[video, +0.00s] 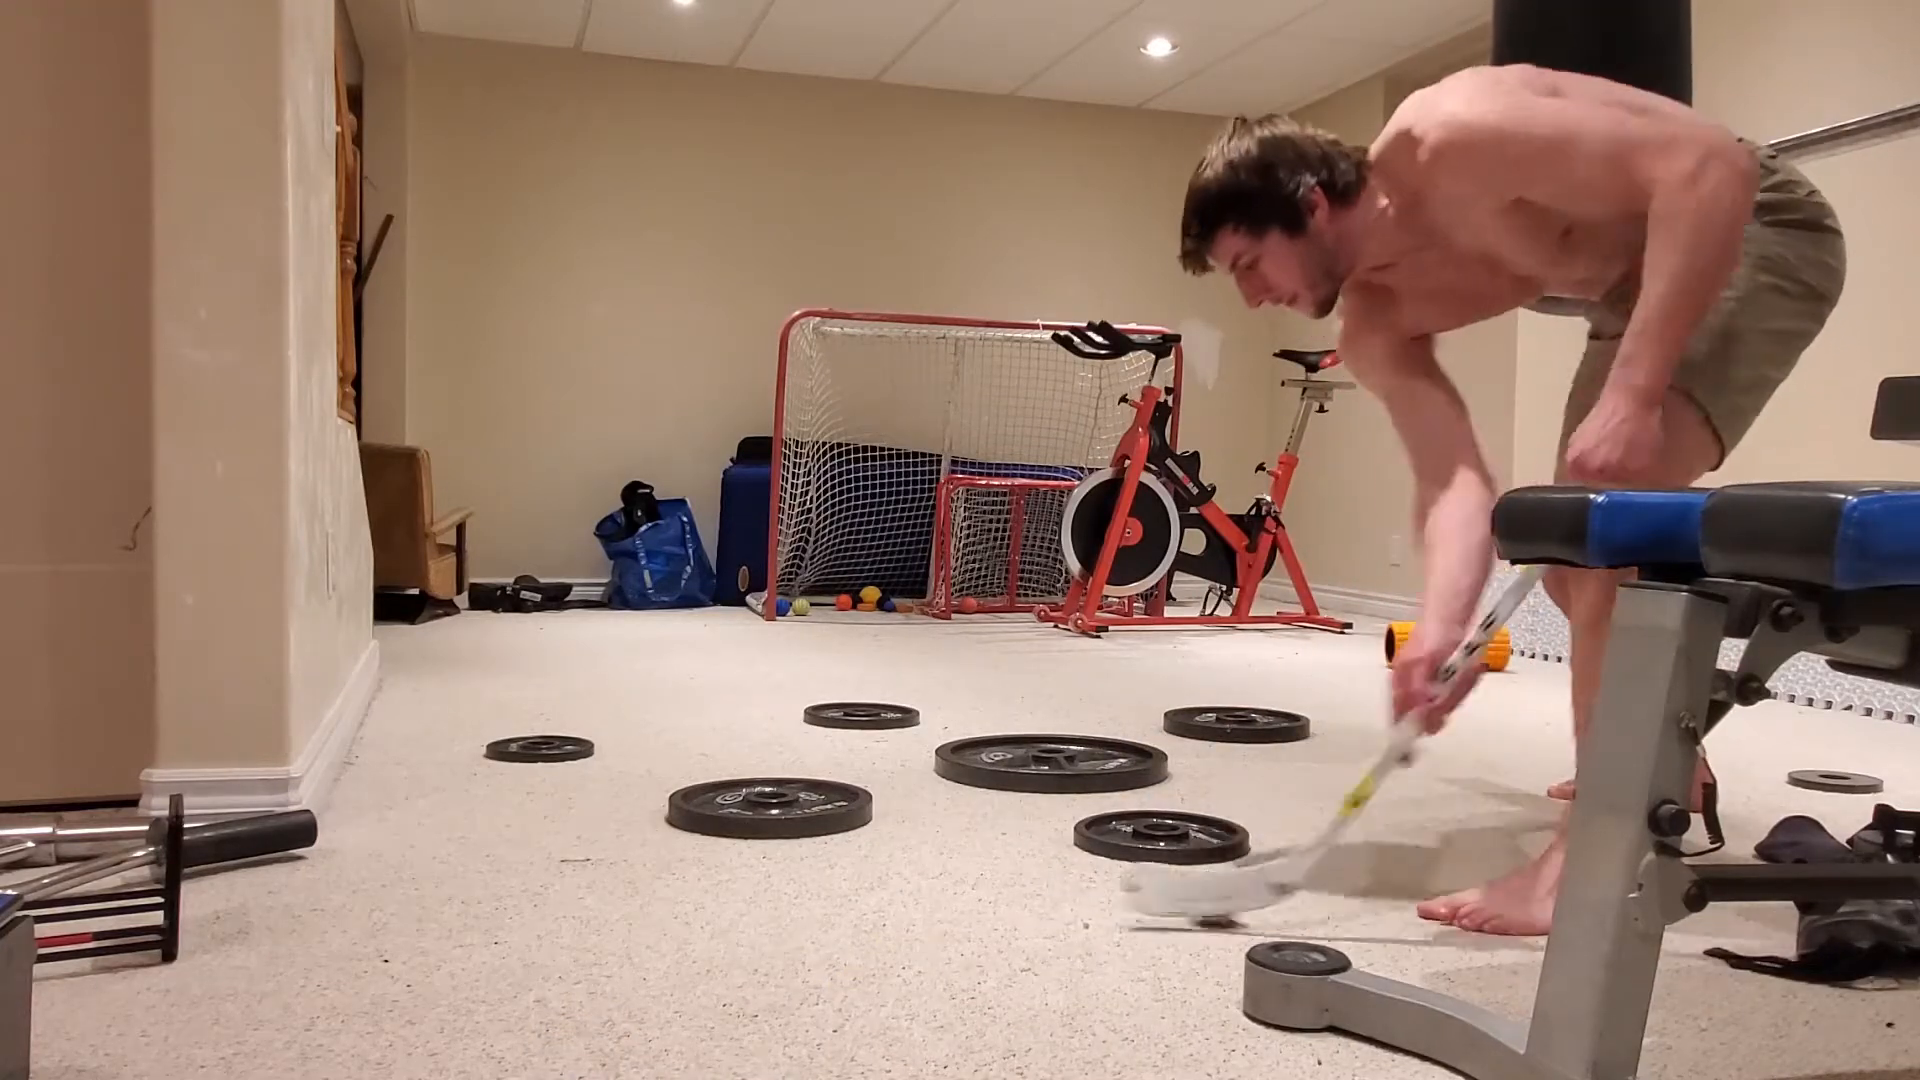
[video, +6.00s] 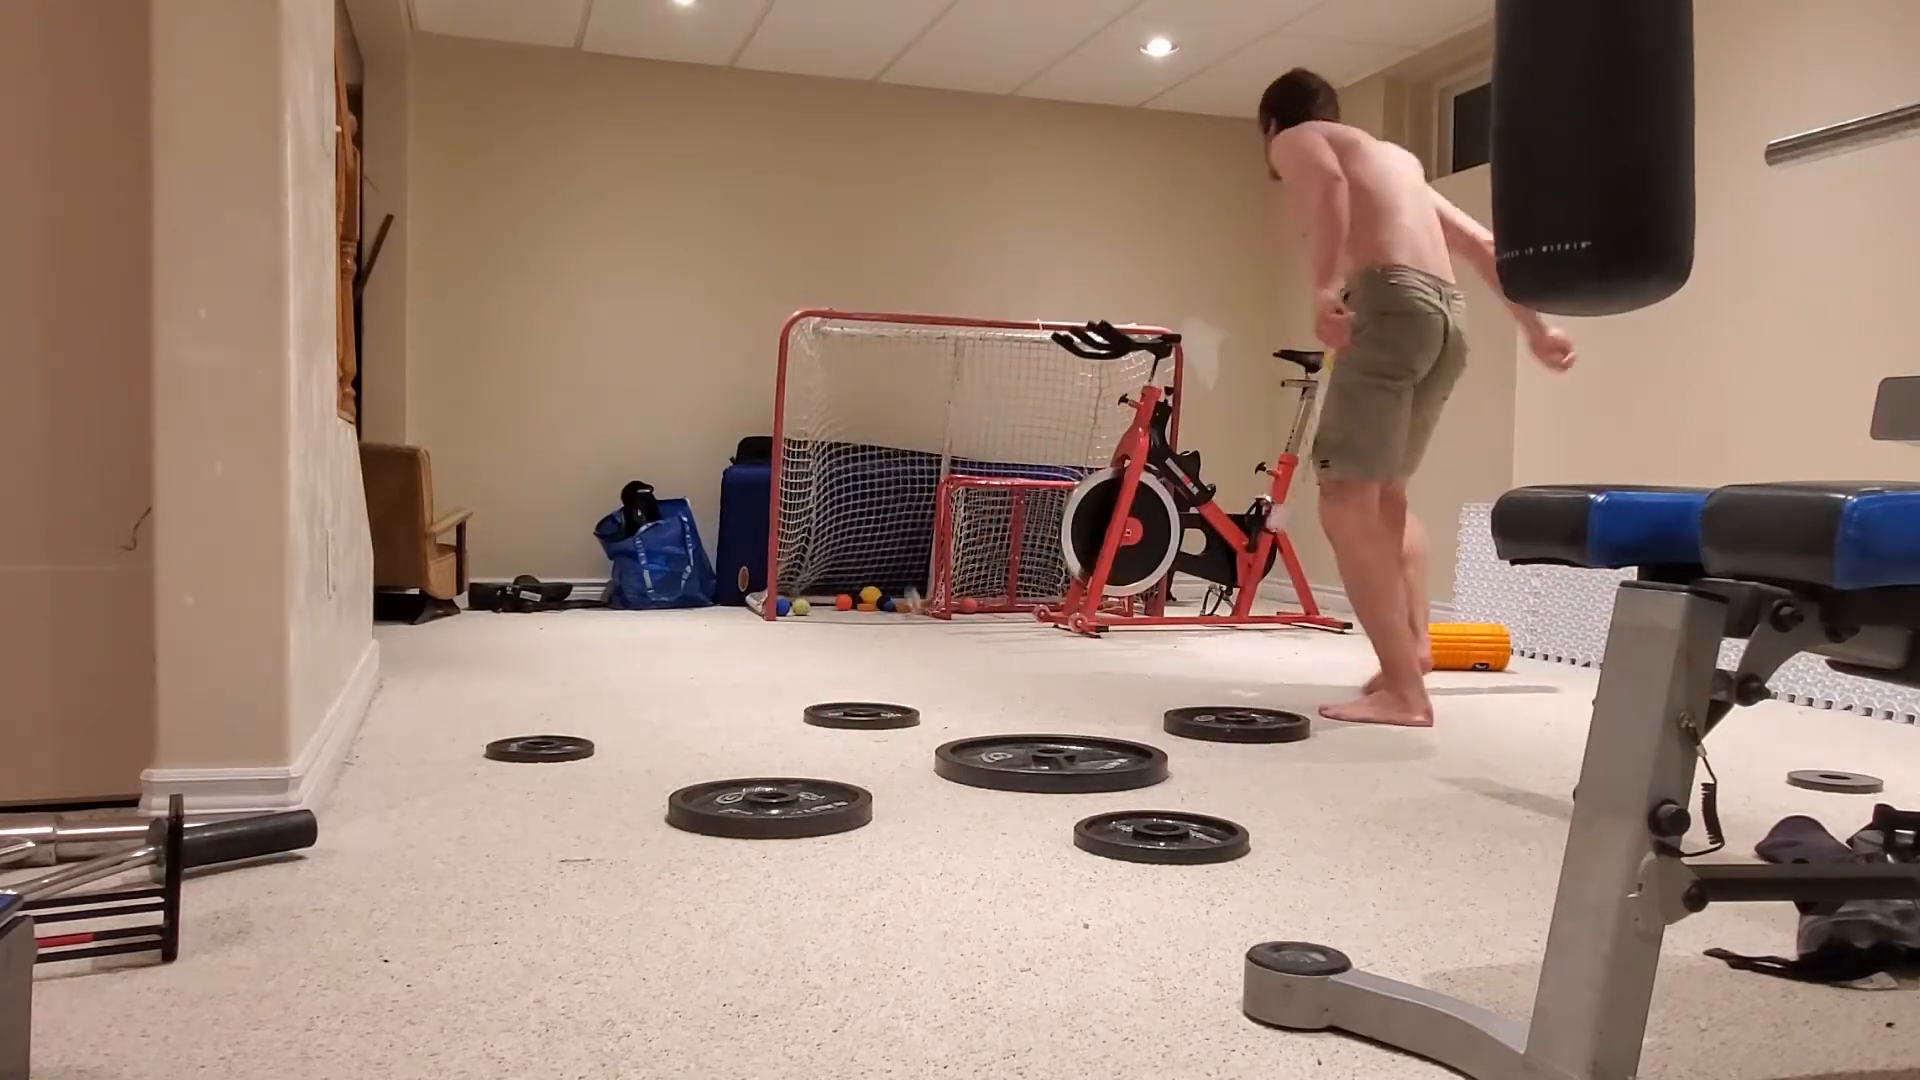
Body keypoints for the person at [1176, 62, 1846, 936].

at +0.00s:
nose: (1253, 297)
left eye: (1250, 264)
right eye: (1236, 280)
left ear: (1307, 201)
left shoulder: (1451, 132)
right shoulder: (1375, 329)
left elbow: (1710, 167)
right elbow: (1453, 479)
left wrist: (1630, 396)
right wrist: (1439, 633)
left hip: (1757, 226)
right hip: (1635, 288)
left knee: (1613, 509)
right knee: (1573, 550)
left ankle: (1601, 847)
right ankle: (1668, 765)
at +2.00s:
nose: (1009, 320)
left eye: (1001, 297)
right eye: (997, 306)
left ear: (1035, 262)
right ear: (1040, 268)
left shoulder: (1126, 251)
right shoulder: (1124, 317)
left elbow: (1199, 415)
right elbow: (1115, 463)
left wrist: (1115, 533)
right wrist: (1009, 568)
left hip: (1404, 278)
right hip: (1339, 317)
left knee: (1334, 523)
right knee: (1230, 504)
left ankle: (1439, 805)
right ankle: (1256, 720)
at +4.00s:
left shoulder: (986, 211)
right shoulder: (1150, 259)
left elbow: (888, 232)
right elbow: (1097, 419)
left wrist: (903, 370)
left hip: (989, 252)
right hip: (1109, 267)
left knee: (897, 519)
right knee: (1205, 547)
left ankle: (839, 737)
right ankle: (1316, 786)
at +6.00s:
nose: (1270, 151)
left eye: (1267, 140)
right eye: (1268, 143)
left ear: (1275, 124)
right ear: (1330, 115)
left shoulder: (1295, 137)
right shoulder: (1396, 161)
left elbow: (1328, 186)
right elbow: (1484, 244)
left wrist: (1325, 288)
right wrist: (1534, 325)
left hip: (1394, 308)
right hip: (1450, 324)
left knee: (1345, 503)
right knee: (1388, 497)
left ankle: (1402, 691)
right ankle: (1409, 651)